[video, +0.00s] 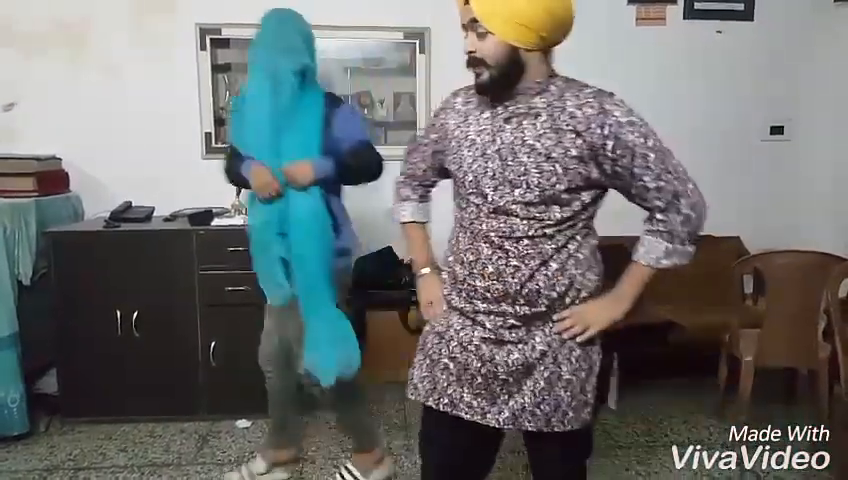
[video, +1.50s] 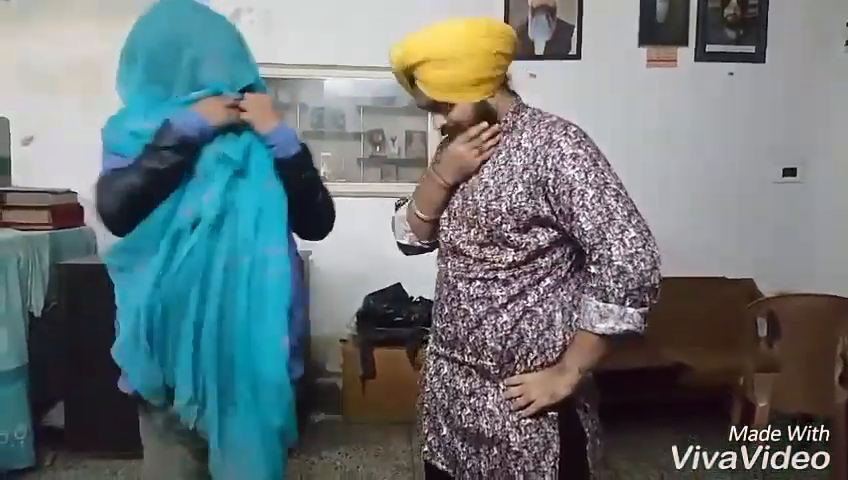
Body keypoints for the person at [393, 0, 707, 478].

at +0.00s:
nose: (467, 47)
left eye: (480, 32)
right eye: (465, 32)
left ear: (528, 35)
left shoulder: (595, 116)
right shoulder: (457, 112)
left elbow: (681, 207)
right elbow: (410, 183)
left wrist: (619, 299)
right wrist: (424, 271)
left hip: (556, 348)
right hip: (463, 341)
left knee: (559, 472)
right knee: (443, 470)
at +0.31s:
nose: (475, 47)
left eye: (483, 32)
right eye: (477, 32)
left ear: (526, 33)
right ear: (521, 35)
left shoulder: (598, 115)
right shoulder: (498, 108)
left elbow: (680, 222)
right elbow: (473, 167)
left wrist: (616, 314)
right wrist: (451, 191)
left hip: (563, 349)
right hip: (480, 339)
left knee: (566, 471)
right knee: (470, 470)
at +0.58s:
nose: (459, 81)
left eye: (464, 70)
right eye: (461, 71)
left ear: (492, 72)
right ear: (509, 74)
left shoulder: (570, 147)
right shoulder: (489, 151)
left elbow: (635, 258)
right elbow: (440, 223)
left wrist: (586, 364)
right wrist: (442, 155)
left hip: (547, 389)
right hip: (473, 380)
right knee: (461, 473)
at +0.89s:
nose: (432, 99)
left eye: (438, 85)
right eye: (434, 86)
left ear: (471, 86)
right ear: (479, 87)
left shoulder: (548, 156)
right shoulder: (452, 159)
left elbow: (619, 265)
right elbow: (404, 237)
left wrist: (566, 373)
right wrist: (427, 166)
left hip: (524, 397)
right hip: (444, 386)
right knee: (442, 472)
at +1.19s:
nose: (429, 93)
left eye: (435, 76)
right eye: (430, 79)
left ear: (470, 77)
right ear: (477, 78)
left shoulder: (548, 152)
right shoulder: (444, 155)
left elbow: (623, 269)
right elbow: (396, 242)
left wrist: (564, 375)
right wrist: (421, 161)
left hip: (524, 399)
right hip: (439, 389)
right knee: (438, 472)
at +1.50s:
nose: (438, 121)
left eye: (444, 107)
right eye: (432, 108)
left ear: (483, 88)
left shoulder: (556, 146)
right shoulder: (456, 144)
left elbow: (630, 261)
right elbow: (412, 240)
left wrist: (570, 369)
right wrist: (440, 176)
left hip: (533, 396)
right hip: (449, 385)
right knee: (445, 472)